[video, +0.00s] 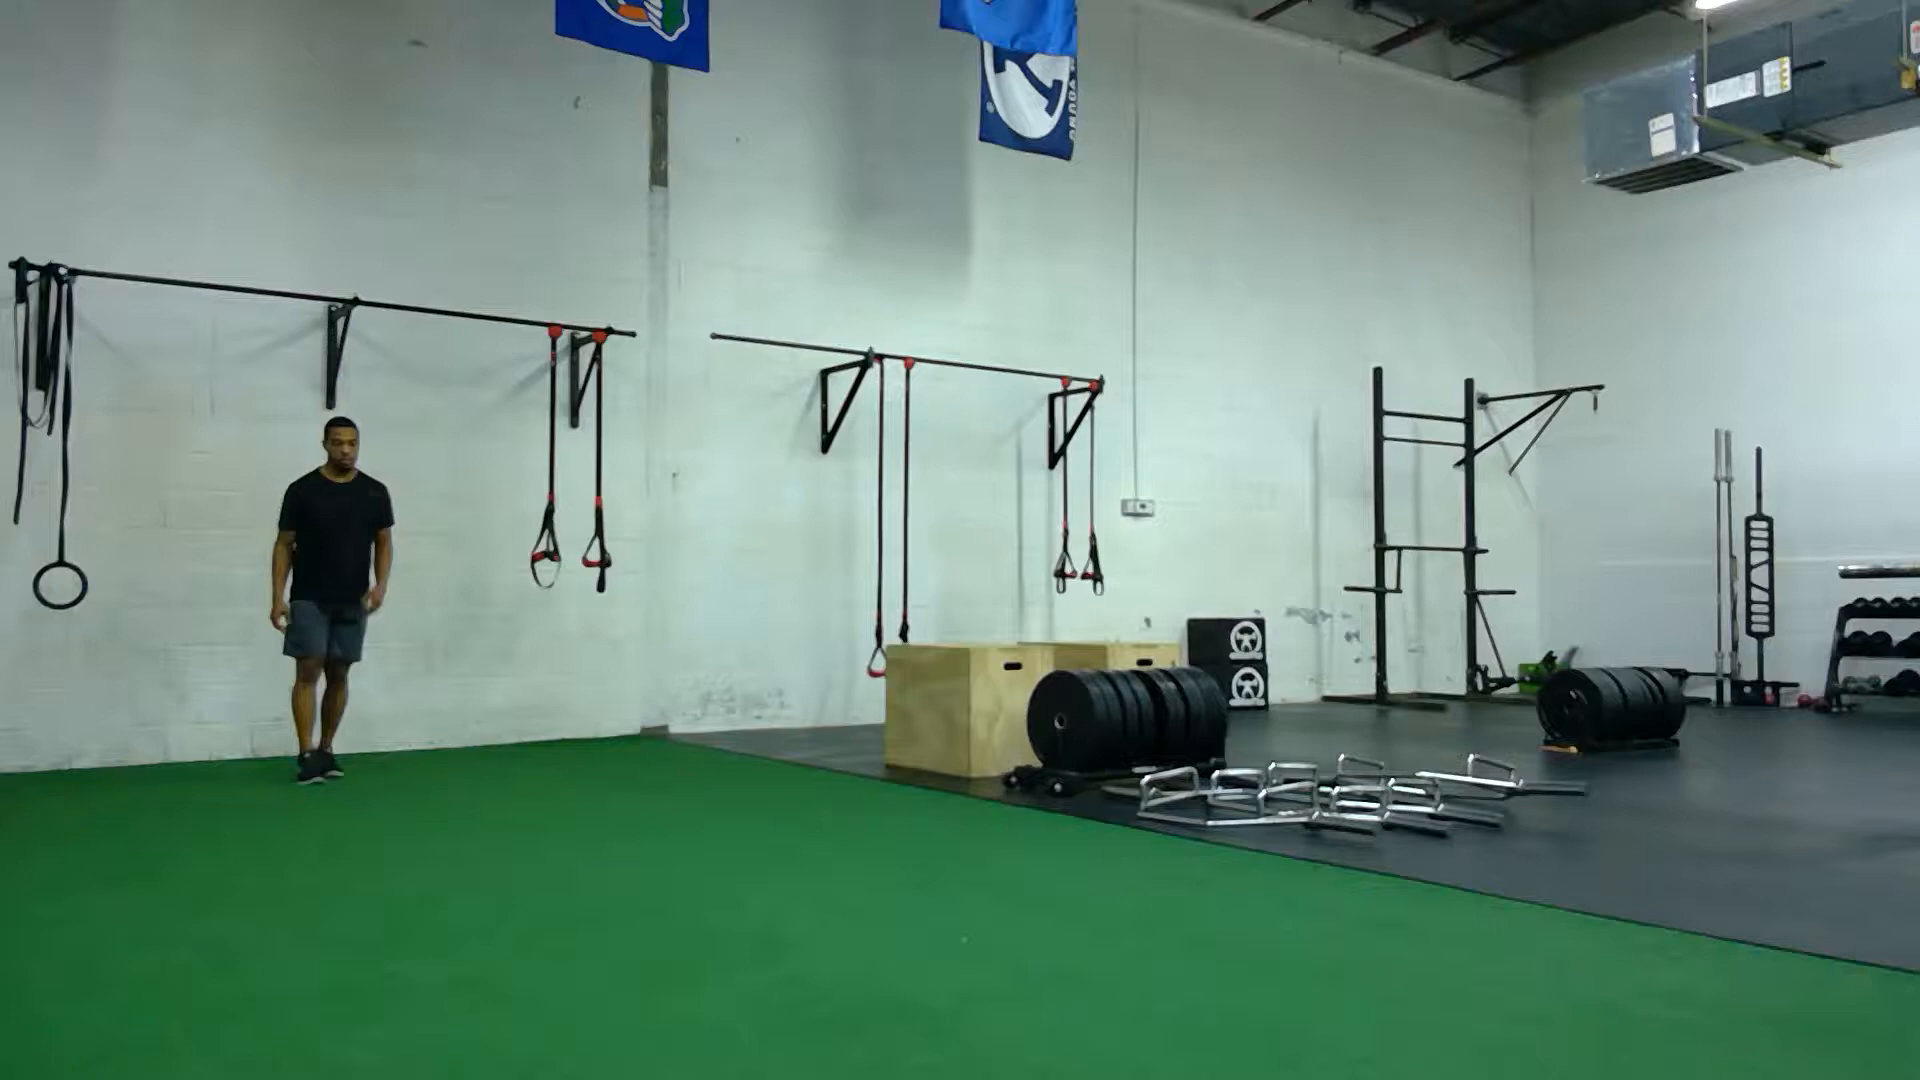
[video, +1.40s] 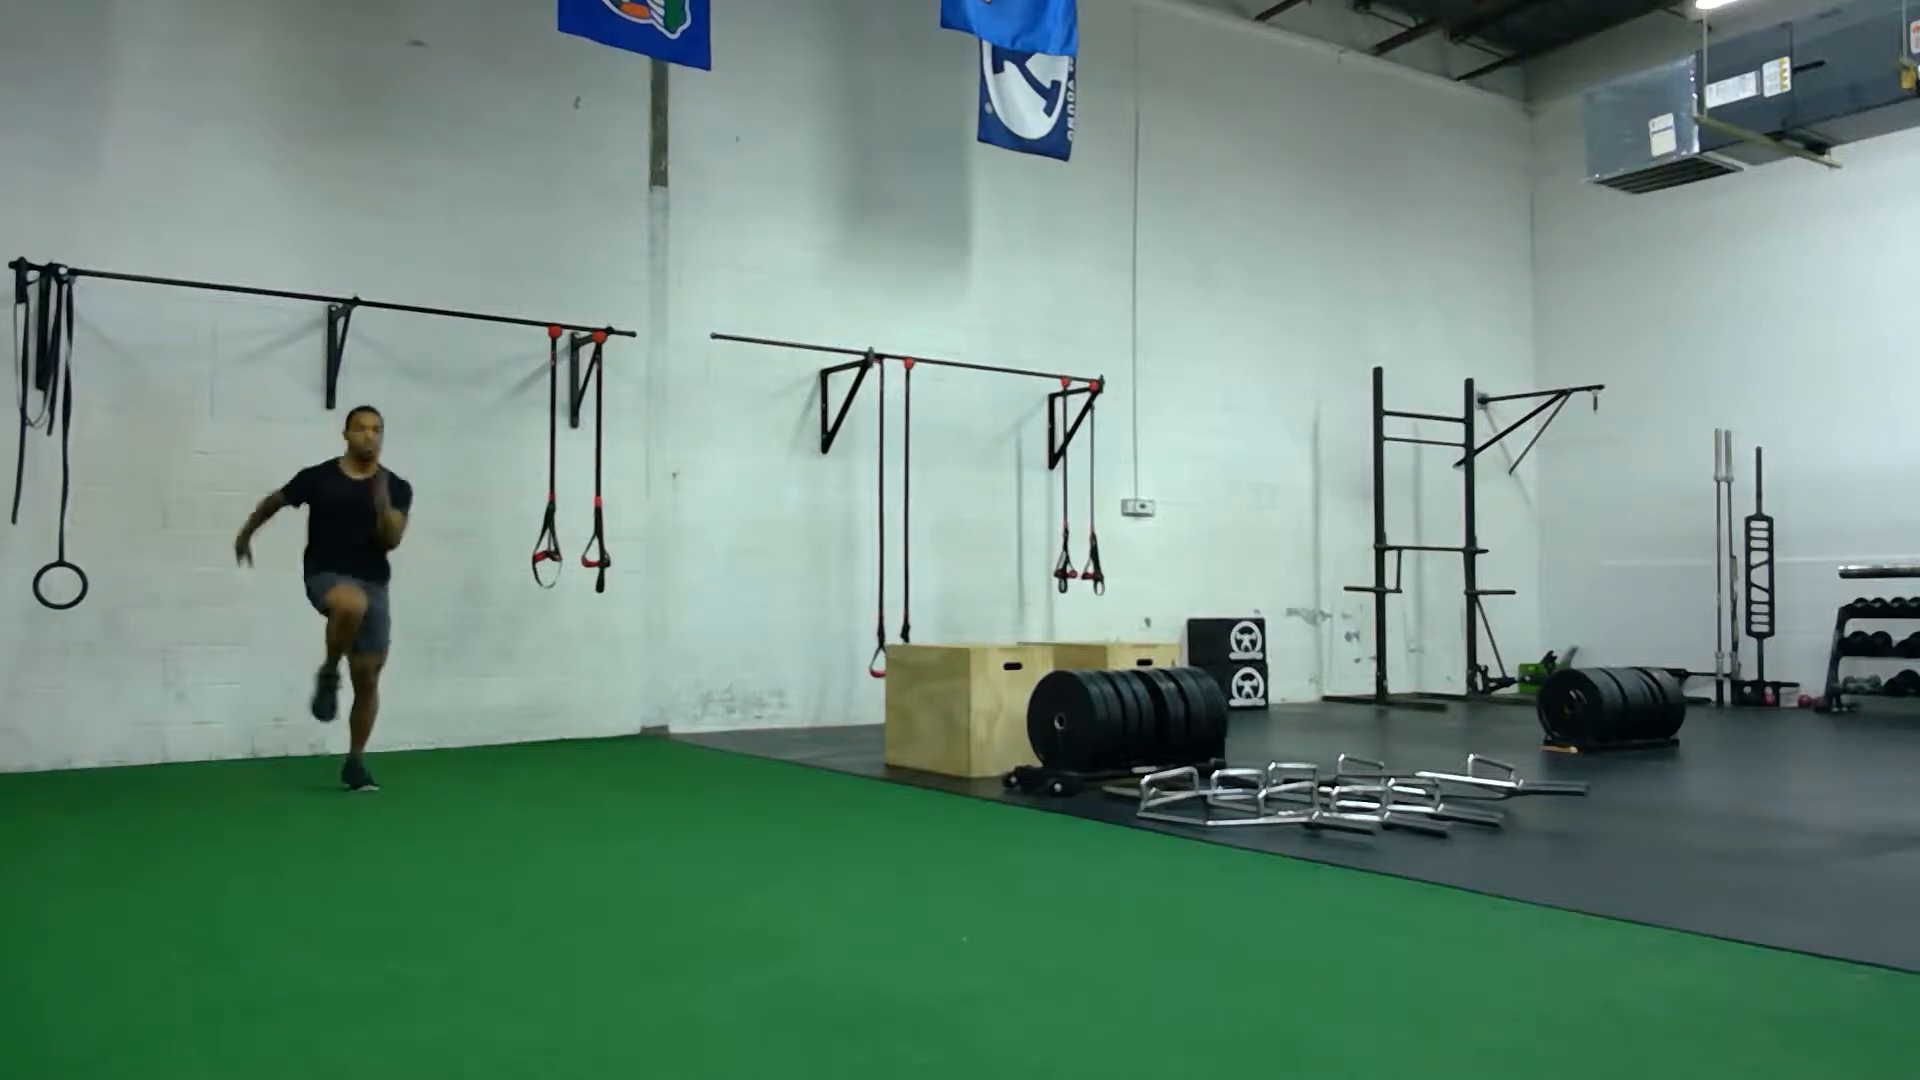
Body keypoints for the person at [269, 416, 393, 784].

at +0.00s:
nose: (345, 450)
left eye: (351, 443)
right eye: (338, 443)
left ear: (358, 446)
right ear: (325, 446)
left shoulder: (375, 492)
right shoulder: (301, 490)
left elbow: (383, 541)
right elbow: (283, 545)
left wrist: (380, 584)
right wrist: (278, 597)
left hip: (352, 597)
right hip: (309, 596)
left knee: (338, 674)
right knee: (308, 671)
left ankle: (326, 750)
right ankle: (306, 753)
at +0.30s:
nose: (350, 454)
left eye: (357, 448)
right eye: (344, 447)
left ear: (365, 451)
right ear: (332, 447)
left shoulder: (377, 495)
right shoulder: (303, 490)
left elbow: (384, 547)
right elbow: (283, 541)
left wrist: (371, 591)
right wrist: (273, 590)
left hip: (351, 590)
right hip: (311, 586)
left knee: (338, 671)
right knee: (319, 641)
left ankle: (326, 750)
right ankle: (307, 715)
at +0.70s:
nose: (354, 468)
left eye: (361, 462)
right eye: (348, 460)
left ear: (368, 461)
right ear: (335, 456)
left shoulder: (380, 498)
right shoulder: (308, 490)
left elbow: (380, 551)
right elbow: (282, 527)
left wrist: (365, 521)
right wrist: (262, 564)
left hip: (351, 588)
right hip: (308, 571)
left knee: (339, 672)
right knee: (321, 588)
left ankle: (327, 750)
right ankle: (327, 666)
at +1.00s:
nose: (344, 439)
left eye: (351, 433)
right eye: (337, 432)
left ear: (360, 436)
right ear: (326, 433)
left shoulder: (379, 479)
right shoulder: (301, 479)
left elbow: (389, 528)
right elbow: (281, 530)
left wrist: (373, 555)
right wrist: (269, 579)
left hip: (356, 580)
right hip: (311, 576)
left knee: (352, 665)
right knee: (304, 641)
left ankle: (333, 731)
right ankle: (301, 715)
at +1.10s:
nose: (341, 441)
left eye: (347, 435)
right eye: (333, 434)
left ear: (355, 441)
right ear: (320, 440)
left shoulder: (375, 485)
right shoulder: (298, 489)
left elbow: (400, 522)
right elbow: (285, 546)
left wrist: (408, 566)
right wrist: (297, 550)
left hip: (358, 587)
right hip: (310, 589)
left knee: (365, 649)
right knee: (306, 676)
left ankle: (342, 677)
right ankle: (299, 754)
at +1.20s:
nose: (346, 439)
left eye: (352, 433)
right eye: (338, 432)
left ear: (359, 438)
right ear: (324, 437)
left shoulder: (380, 481)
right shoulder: (301, 481)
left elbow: (406, 512)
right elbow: (286, 535)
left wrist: (414, 554)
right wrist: (314, 511)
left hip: (360, 582)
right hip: (311, 589)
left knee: (377, 633)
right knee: (309, 674)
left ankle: (353, 690)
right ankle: (300, 748)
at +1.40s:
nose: (368, 436)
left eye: (374, 430)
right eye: (360, 429)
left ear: (383, 438)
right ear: (346, 435)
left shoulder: (396, 488)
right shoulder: (318, 478)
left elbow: (392, 540)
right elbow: (275, 502)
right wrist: (245, 534)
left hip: (372, 583)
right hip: (326, 574)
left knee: (366, 678)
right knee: (351, 604)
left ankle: (355, 762)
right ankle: (329, 674)